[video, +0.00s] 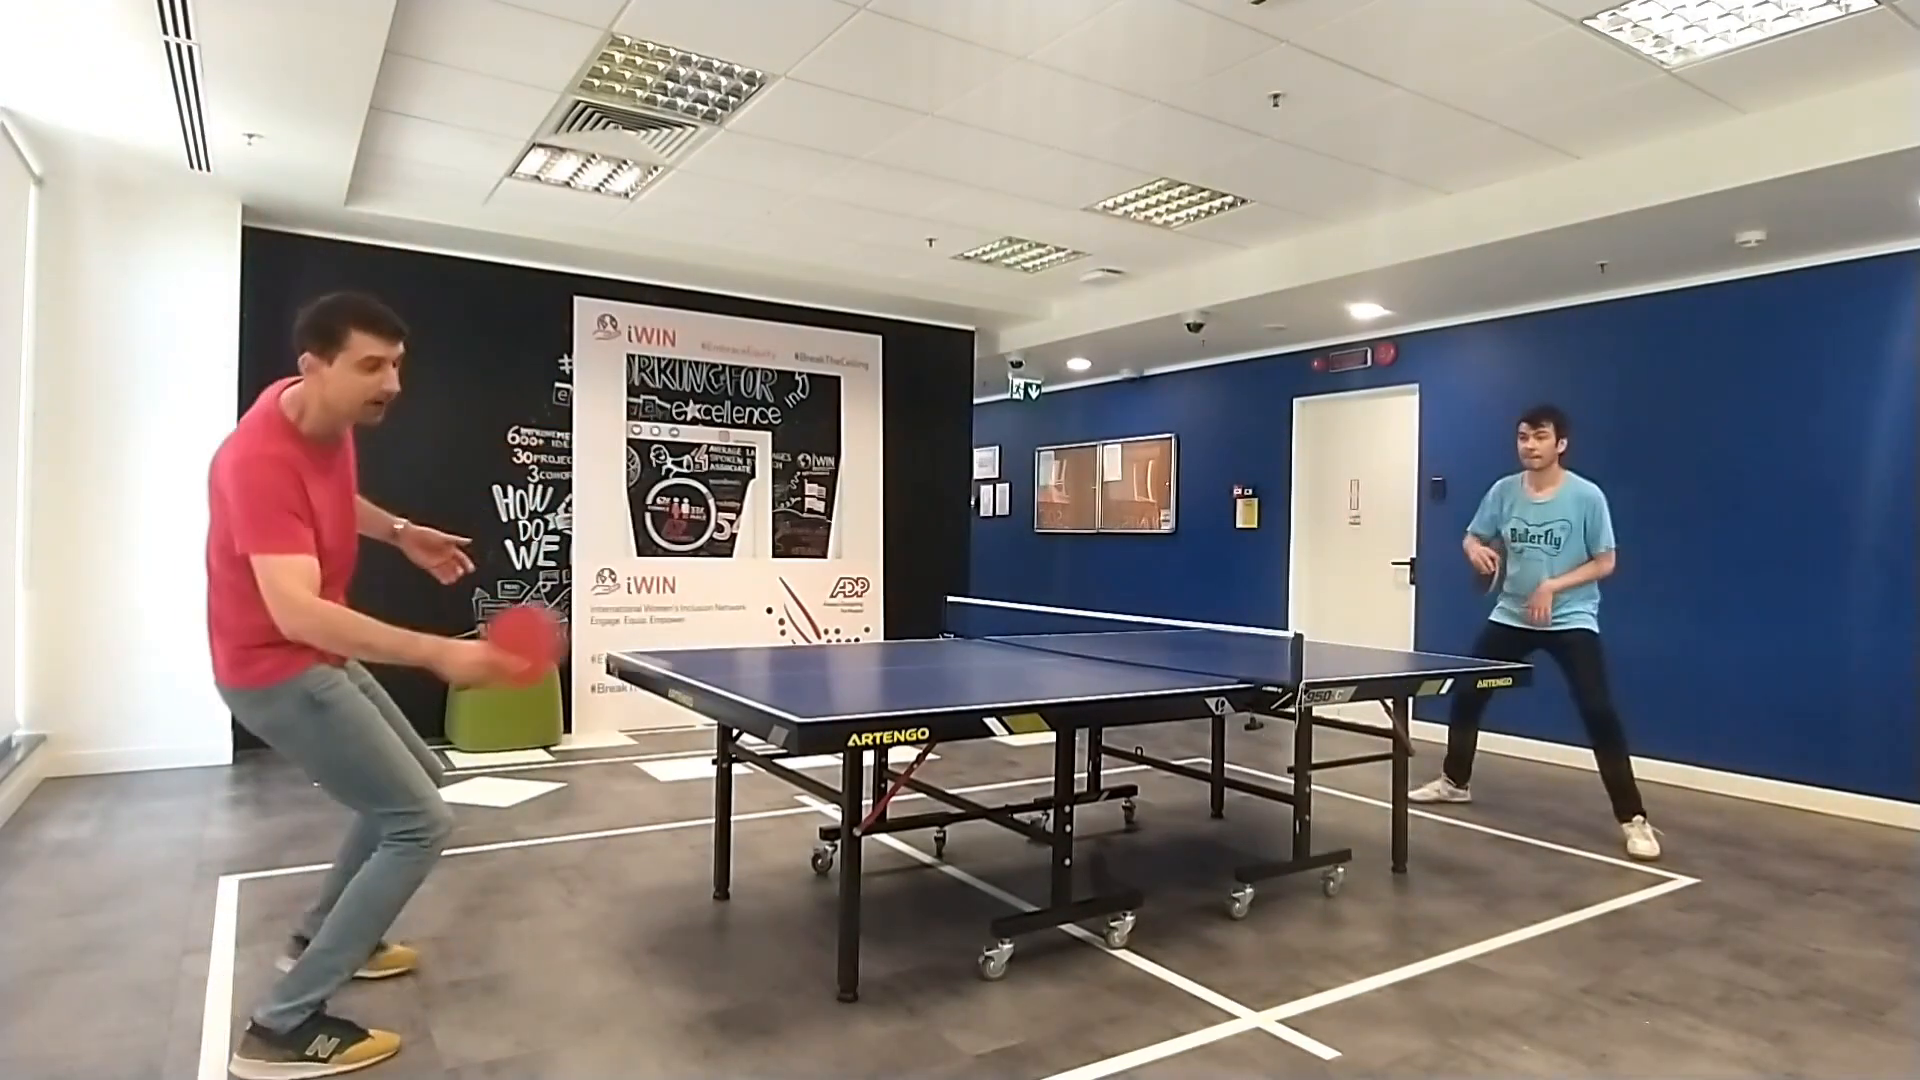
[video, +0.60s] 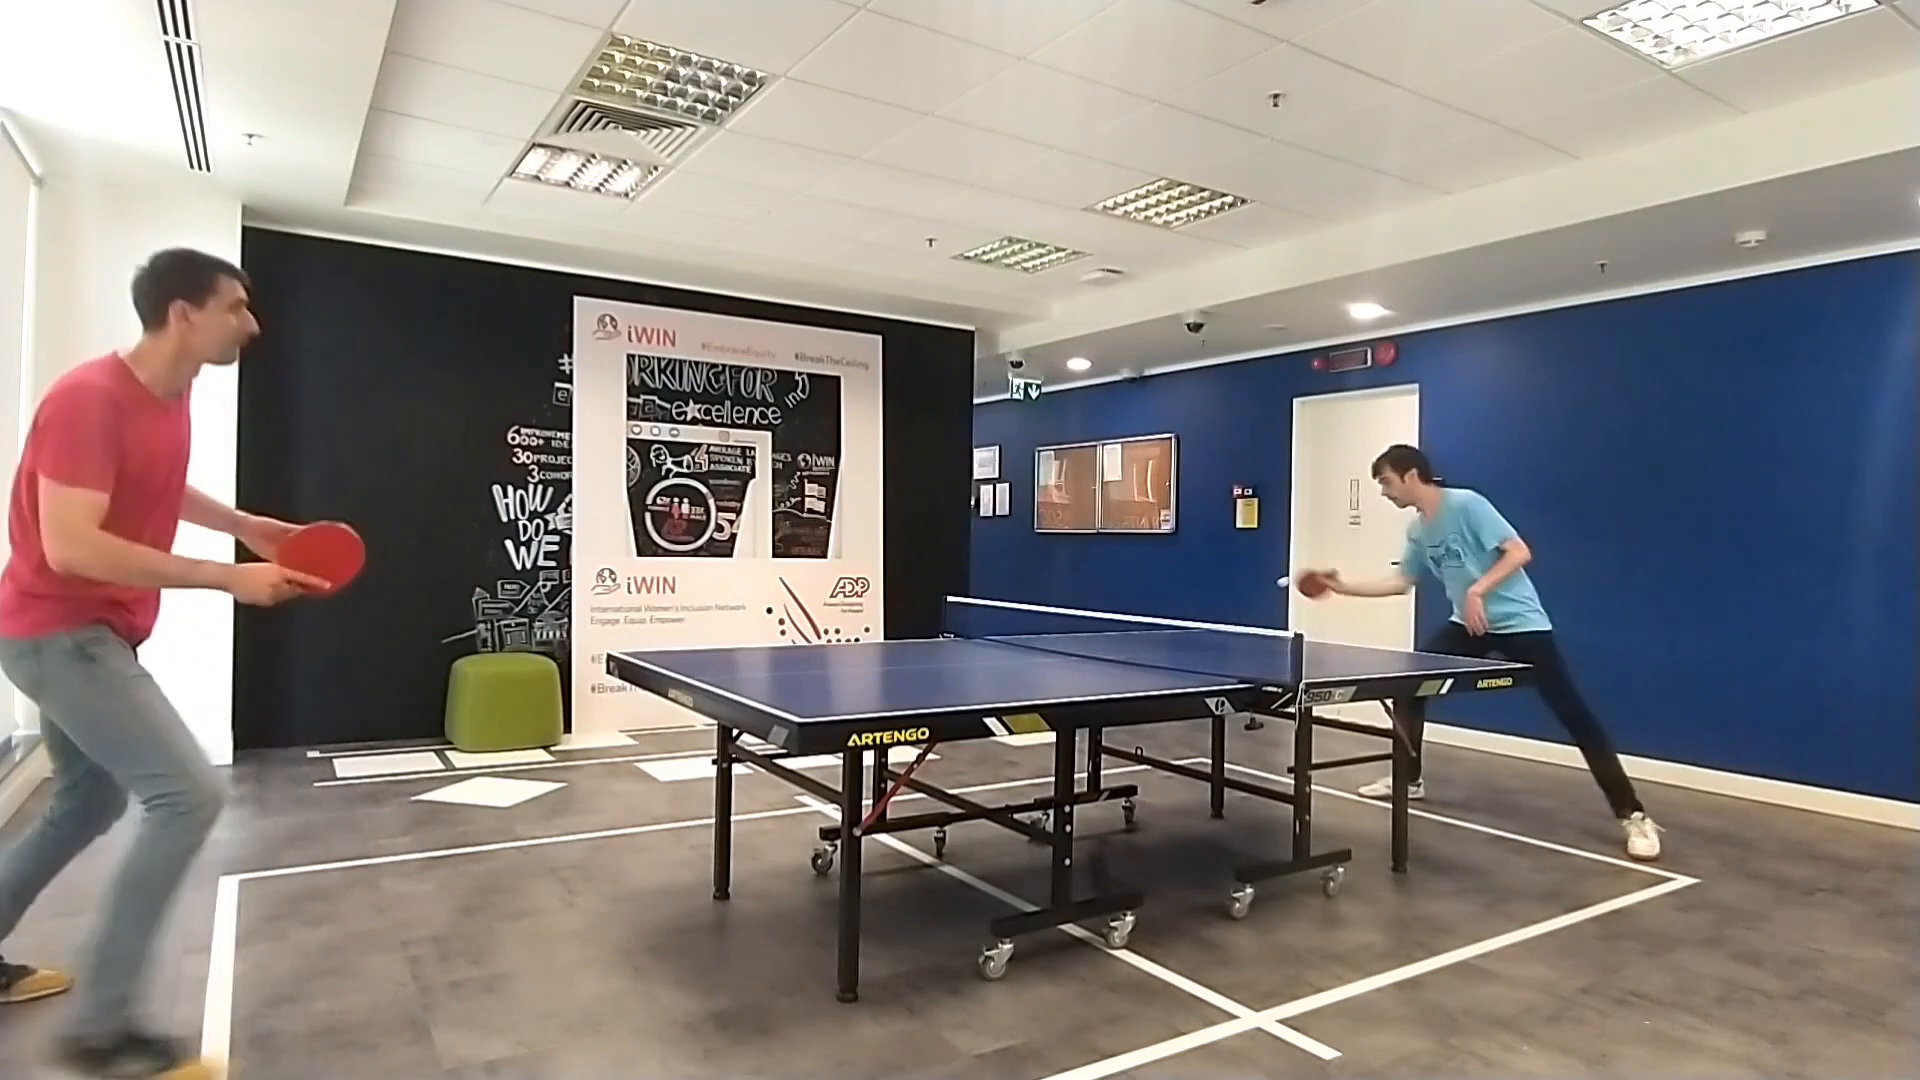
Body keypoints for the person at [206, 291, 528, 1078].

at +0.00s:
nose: (390, 384)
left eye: (394, 367)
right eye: (372, 367)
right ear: (313, 367)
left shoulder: (323, 415)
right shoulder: (262, 461)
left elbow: (327, 500)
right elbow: (298, 614)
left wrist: (401, 532)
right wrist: (441, 653)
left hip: (321, 649)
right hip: (277, 672)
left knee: (419, 783)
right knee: (416, 825)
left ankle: (330, 935)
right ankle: (285, 1021)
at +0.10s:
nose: (379, 389)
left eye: (379, 371)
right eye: (363, 372)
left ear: (307, 374)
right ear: (300, 375)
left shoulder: (284, 413)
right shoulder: (245, 478)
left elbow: (293, 504)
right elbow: (324, 615)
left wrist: (369, 530)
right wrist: (473, 606)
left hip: (291, 652)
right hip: (256, 676)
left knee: (370, 782)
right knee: (409, 824)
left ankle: (252, 905)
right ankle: (286, 1021)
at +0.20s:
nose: (354, 374)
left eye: (353, 358)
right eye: (339, 358)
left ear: (275, 366)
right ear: (276, 364)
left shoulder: (238, 412)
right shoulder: (221, 464)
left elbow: (258, 505)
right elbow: (316, 595)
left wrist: (340, 523)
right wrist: (453, 555)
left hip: (237, 660)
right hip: (233, 676)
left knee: (322, 794)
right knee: (388, 818)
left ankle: (150, 883)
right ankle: (285, 1021)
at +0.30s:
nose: (319, 357)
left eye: (317, 340)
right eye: (304, 341)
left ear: (248, 350)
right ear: (246, 348)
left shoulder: (215, 412)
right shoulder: (184, 442)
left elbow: (223, 505)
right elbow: (264, 581)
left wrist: (310, 521)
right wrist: (399, 535)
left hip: (195, 655)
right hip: (195, 665)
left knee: (243, 808)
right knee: (357, 809)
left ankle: (59, 900)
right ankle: (283, 1022)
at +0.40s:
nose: (289, 356)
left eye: (287, 340)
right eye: (275, 340)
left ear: (223, 351)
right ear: (219, 347)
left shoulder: (199, 423)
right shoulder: (136, 432)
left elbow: (207, 510)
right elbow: (186, 574)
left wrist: (291, 526)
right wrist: (332, 544)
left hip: (156, 657)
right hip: (135, 664)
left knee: (151, 818)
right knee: (303, 800)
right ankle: (278, 1021)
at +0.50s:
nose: (268, 353)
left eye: (265, 337)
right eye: (254, 337)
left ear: (205, 350)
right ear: (198, 346)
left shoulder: (192, 425)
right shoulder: (105, 427)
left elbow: (181, 508)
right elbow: (108, 571)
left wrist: (277, 539)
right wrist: (261, 568)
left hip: (107, 650)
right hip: (68, 656)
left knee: (111, 818)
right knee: (230, 795)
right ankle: (253, 1023)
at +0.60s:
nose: (250, 323)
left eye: (247, 308)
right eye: (236, 308)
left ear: (188, 319)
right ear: (181, 315)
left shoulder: (169, 399)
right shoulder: (88, 399)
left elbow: (151, 489)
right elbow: (70, 548)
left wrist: (242, 523)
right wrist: (227, 578)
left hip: (91, 629)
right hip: (51, 633)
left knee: (88, 800)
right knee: (185, 796)